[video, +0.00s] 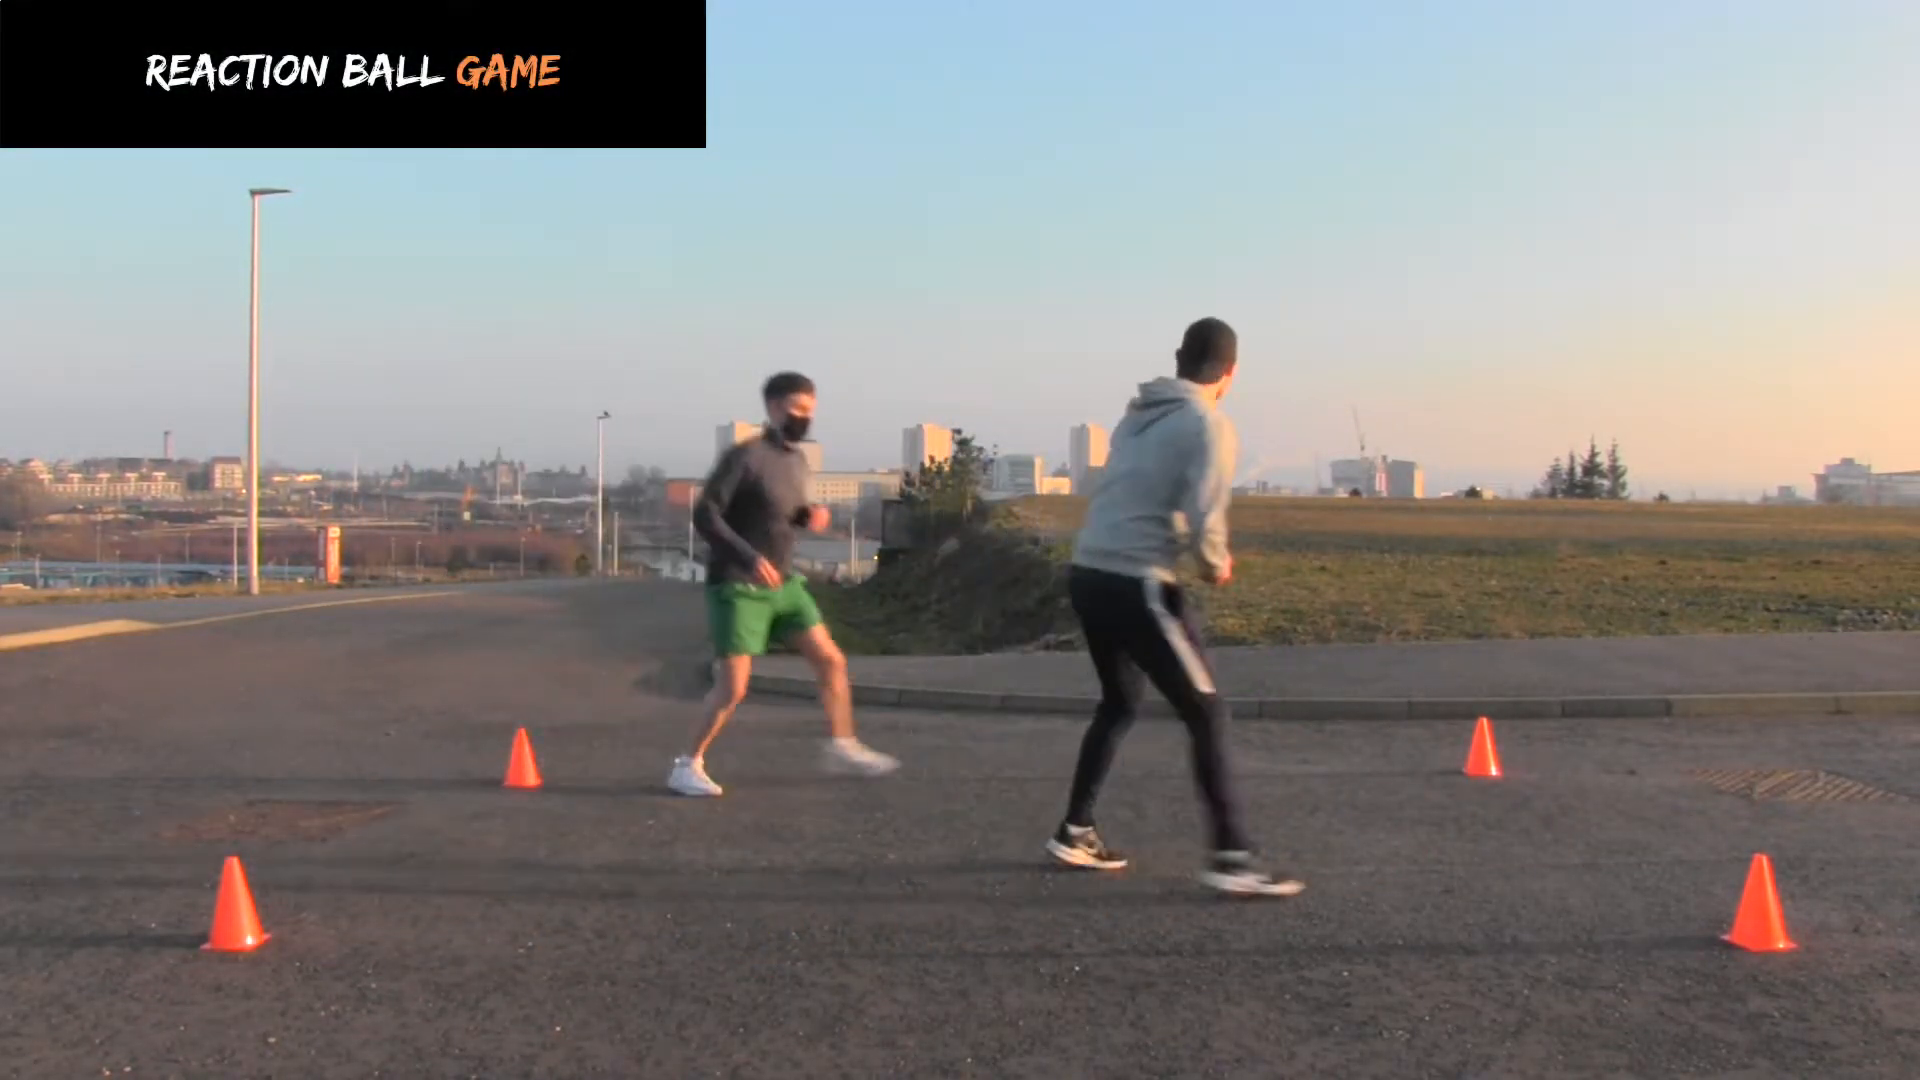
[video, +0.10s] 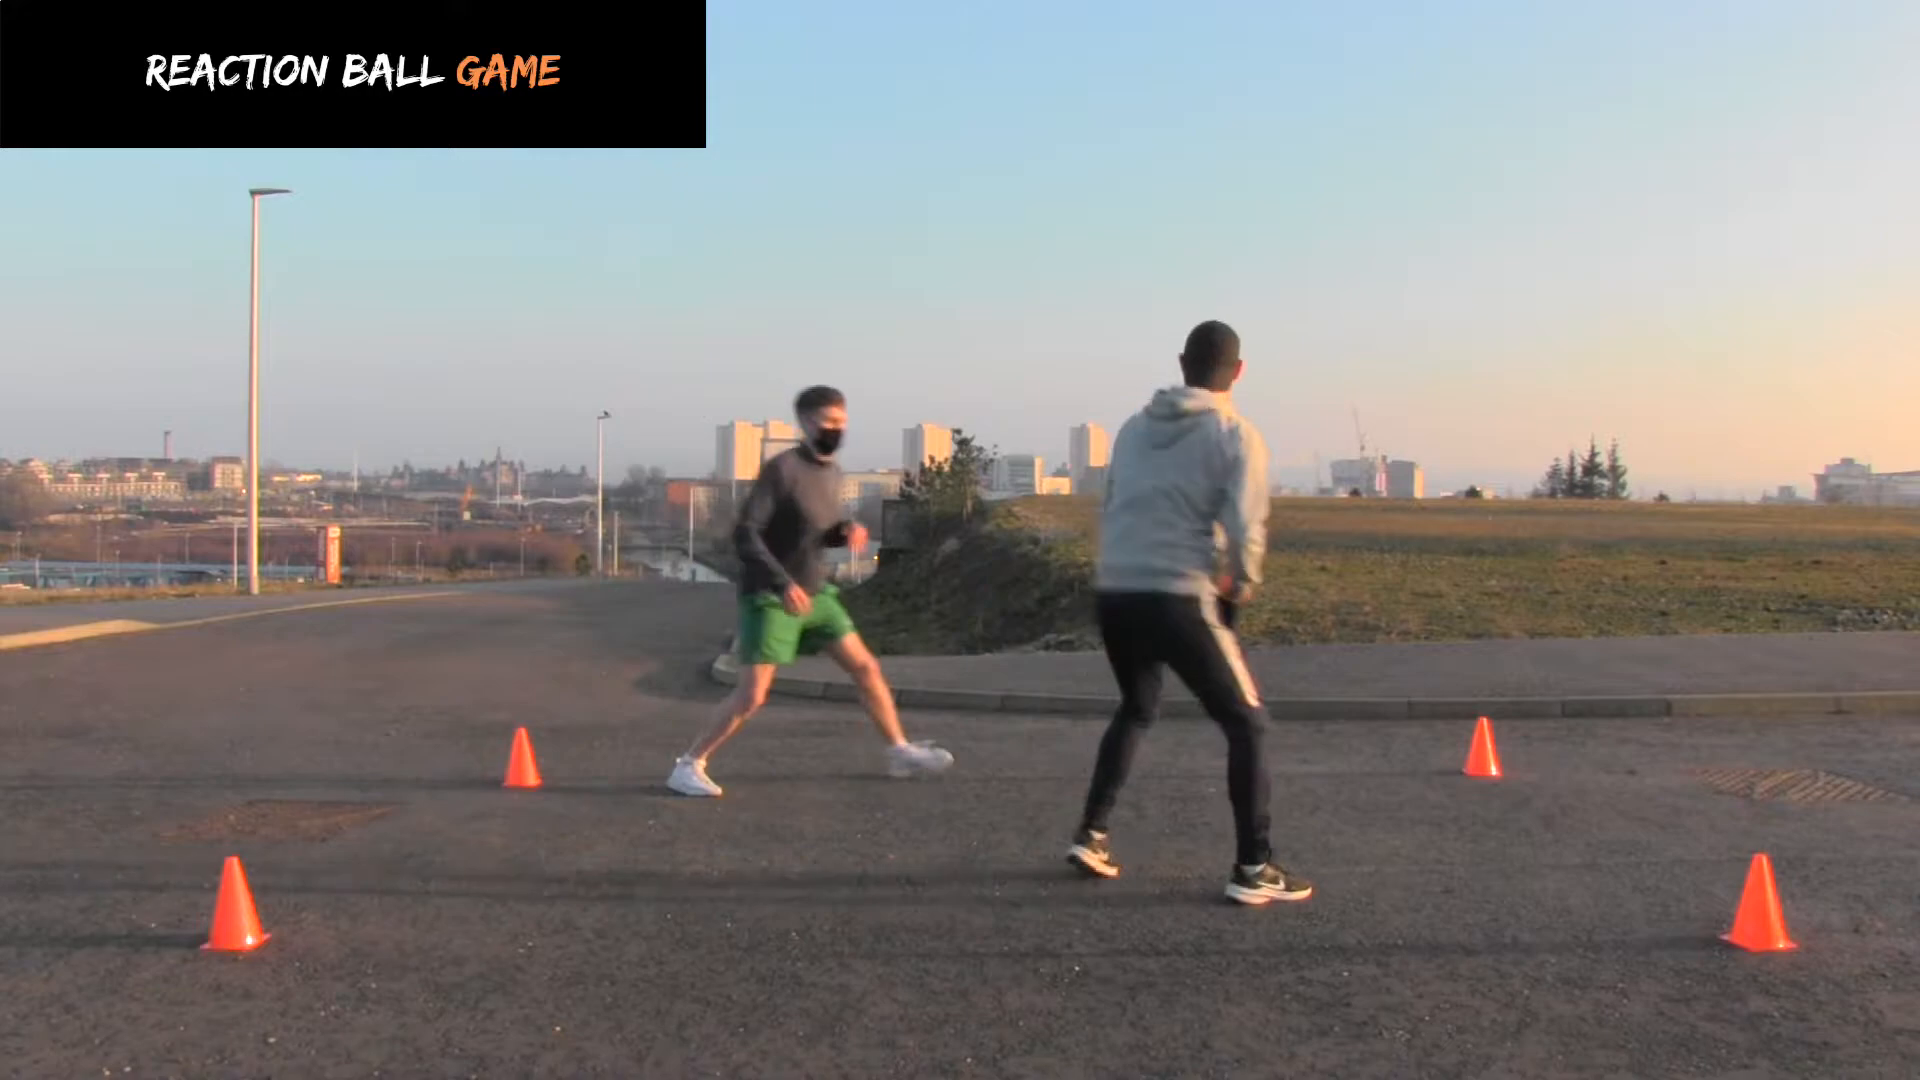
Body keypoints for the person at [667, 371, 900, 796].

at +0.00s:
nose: (805, 419)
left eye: (810, 412)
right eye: (797, 410)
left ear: (813, 413)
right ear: (773, 407)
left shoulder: (797, 461)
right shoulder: (743, 456)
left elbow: (786, 514)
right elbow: (704, 513)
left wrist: (809, 518)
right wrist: (750, 558)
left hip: (784, 583)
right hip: (739, 586)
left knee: (831, 661)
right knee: (733, 687)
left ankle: (843, 744)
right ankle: (689, 763)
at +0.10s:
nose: (837, 432)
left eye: (841, 424)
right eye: (828, 423)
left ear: (845, 425)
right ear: (805, 423)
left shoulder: (832, 475)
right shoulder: (781, 469)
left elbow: (820, 534)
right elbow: (746, 534)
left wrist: (844, 534)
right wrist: (783, 582)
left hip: (815, 593)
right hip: (770, 595)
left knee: (865, 667)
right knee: (752, 695)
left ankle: (901, 750)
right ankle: (690, 764)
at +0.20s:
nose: (884, 427)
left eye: (889, 419)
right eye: (875, 419)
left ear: (896, 418)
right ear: (856, 419)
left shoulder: (896, 472)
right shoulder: (835, 467)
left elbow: (899, 516)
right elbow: (798, 529)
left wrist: (911, 520)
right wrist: (830, 580)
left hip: (880, 591)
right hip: (833, 594)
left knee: (927, 666)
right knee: (790, 683)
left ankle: (914, 753)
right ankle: (715, 749)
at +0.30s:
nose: (913, 413)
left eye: (919, 405)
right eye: (904, 405)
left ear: (925, 402)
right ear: (885, 403)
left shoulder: (926, 451)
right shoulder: (863, 451)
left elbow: (929, 504)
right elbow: (828, 516)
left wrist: (942, 508)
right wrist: (861, 563)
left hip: (912, 581)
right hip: (866, 579)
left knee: (938, 664)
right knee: (833, 671)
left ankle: (915, 750)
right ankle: (769, 736)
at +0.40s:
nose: (949, 387)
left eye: (956, 379)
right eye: (941, 379)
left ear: (963, 379)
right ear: (922, 378)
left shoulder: (963, 427)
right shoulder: (895, 427)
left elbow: (965, 483)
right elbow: (865, 489)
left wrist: (978, 492)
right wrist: (898, 532)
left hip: (949, 556)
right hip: (901, 556)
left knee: (962, 651)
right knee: (889, 656)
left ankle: (928, 734)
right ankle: (871, 737)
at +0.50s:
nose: (968, 388)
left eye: (976, 381)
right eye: (960, 379)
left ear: (984, 381)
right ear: (943, 377)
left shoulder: (986, 425)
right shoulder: (915, 425)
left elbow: (992, 475)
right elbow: (888, 489)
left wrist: (998, 489)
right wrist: (923, 529)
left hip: (973, 551)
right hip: (922, 553)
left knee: (997, 646)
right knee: (920, 655)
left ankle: (967, 725)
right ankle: (917, 740)